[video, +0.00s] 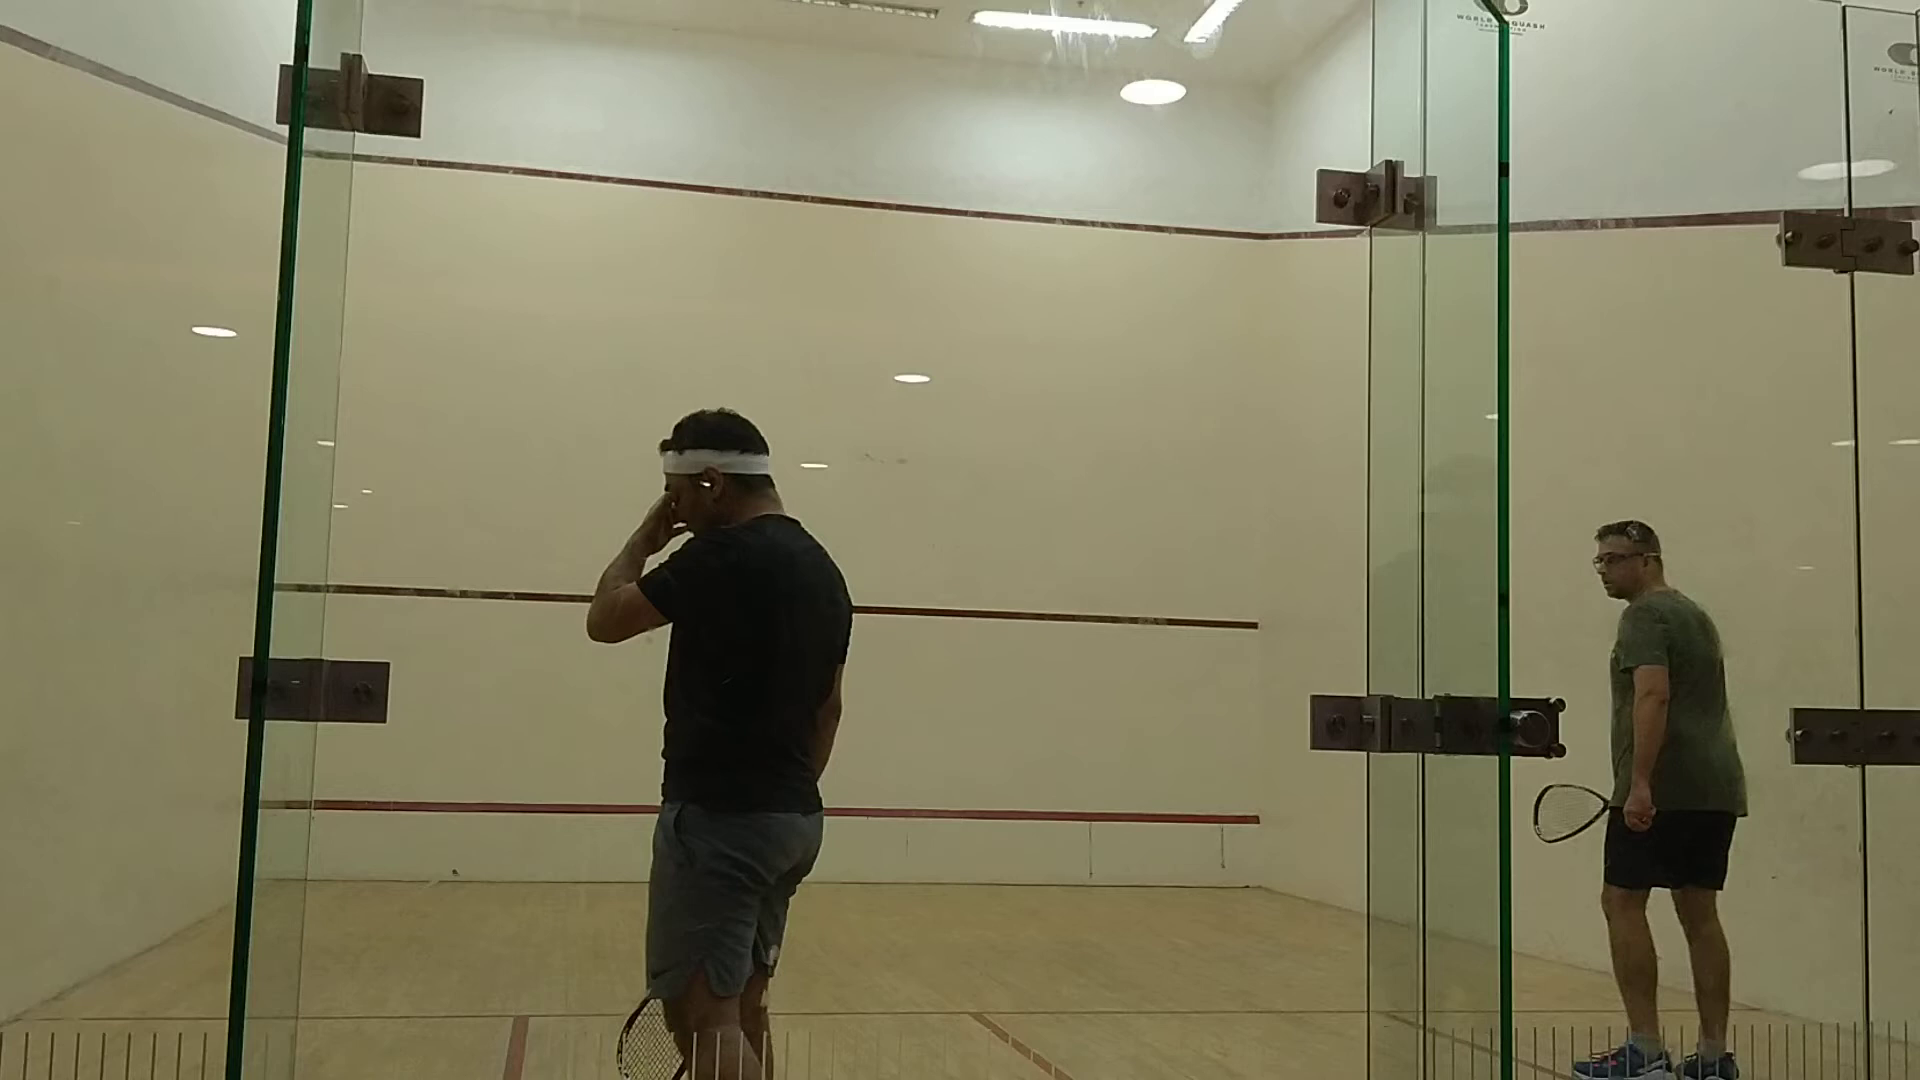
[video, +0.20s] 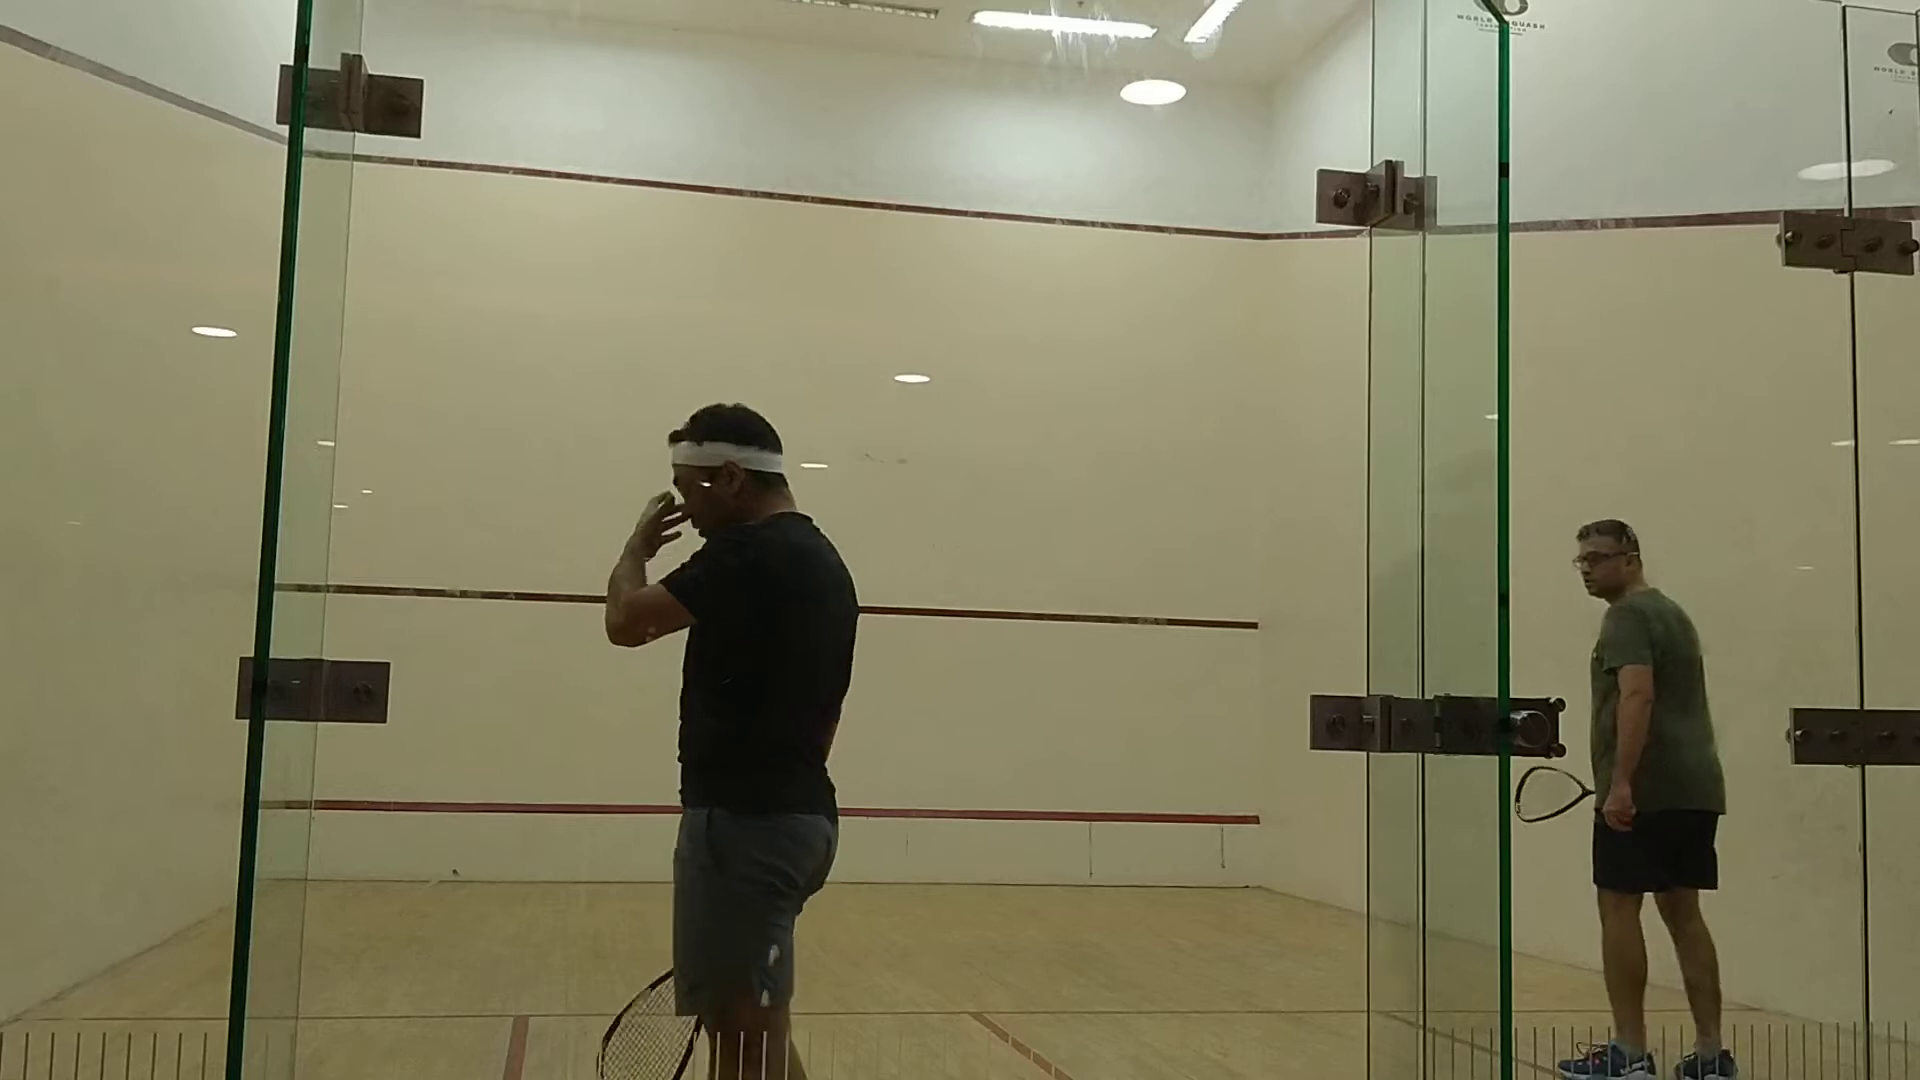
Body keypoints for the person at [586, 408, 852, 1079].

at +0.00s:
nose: (673, 504)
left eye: (677, 488)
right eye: (671, 490)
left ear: (712, 482)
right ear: (755, 476)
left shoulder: (718, 556)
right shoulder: (822, 568)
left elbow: (605, 619)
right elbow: (827, 705)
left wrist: (644, 538)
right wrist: (796, 797)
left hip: (715, 820)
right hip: (793, 819)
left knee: (704, 1015)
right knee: (745, 1004)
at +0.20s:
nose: (681, 503)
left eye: (686, 487)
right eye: (679, 488)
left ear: (731, 480)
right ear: (755, 477)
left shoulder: (744, 554)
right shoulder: (822, 560)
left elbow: (626, 623)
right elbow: (824, 718)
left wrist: (636, 547)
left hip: (741, 825)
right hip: (797, 822)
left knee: (740, 1030)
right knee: (757, 1023)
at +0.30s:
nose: (687, 499)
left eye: (698, 482)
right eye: (685, 483)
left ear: (751, 478)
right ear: (760, 479)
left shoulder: (768, 555)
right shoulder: (813, 552)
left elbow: (650, 627)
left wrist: (643, 554)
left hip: (757, 826)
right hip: (801, 821)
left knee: (742, 1039)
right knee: (779, 1037)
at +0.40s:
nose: (699, 494)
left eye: (710, 475)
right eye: (696, 479)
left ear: (769, 470)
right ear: (772, 473)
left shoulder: (798, 548)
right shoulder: (805, 548)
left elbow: (692, 631)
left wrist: (670, 546)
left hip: (777, 827)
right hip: (782, 822)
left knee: (763, 1036)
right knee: (776, 1030)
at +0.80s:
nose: (731, 481)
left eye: (745, 459)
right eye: (726, 465)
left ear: (802, 454)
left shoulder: (856, 544)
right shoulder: (790, 553)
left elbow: (789, 630)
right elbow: (770, 705)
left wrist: (727, 543)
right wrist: (737, 821)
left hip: (820, 824)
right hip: (770, 821)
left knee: (801, 1038)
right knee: (741, 1018)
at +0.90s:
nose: (715, 477)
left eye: (726, 457)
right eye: (717, 458)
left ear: (780, 459)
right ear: (780, 462)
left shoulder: (843, 547)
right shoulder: (799, 552)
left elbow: (809, 656)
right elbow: (800, 715)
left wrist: (716, 596)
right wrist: (743, 818)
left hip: (821, 826)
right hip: (780, 822)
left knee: (802, 1037)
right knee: (749, 1013)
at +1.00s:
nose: (724, 481)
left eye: (727, 462)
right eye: (724, 464)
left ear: (757, 463)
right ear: (799, 461)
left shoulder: (830, 546)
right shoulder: (814, 545)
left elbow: (827, 669)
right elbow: (815, 707)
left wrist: (708, 683)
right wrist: (754, 814)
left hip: (819, 823)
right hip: (792, 820)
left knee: (800, 1034)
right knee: (759, 1010)